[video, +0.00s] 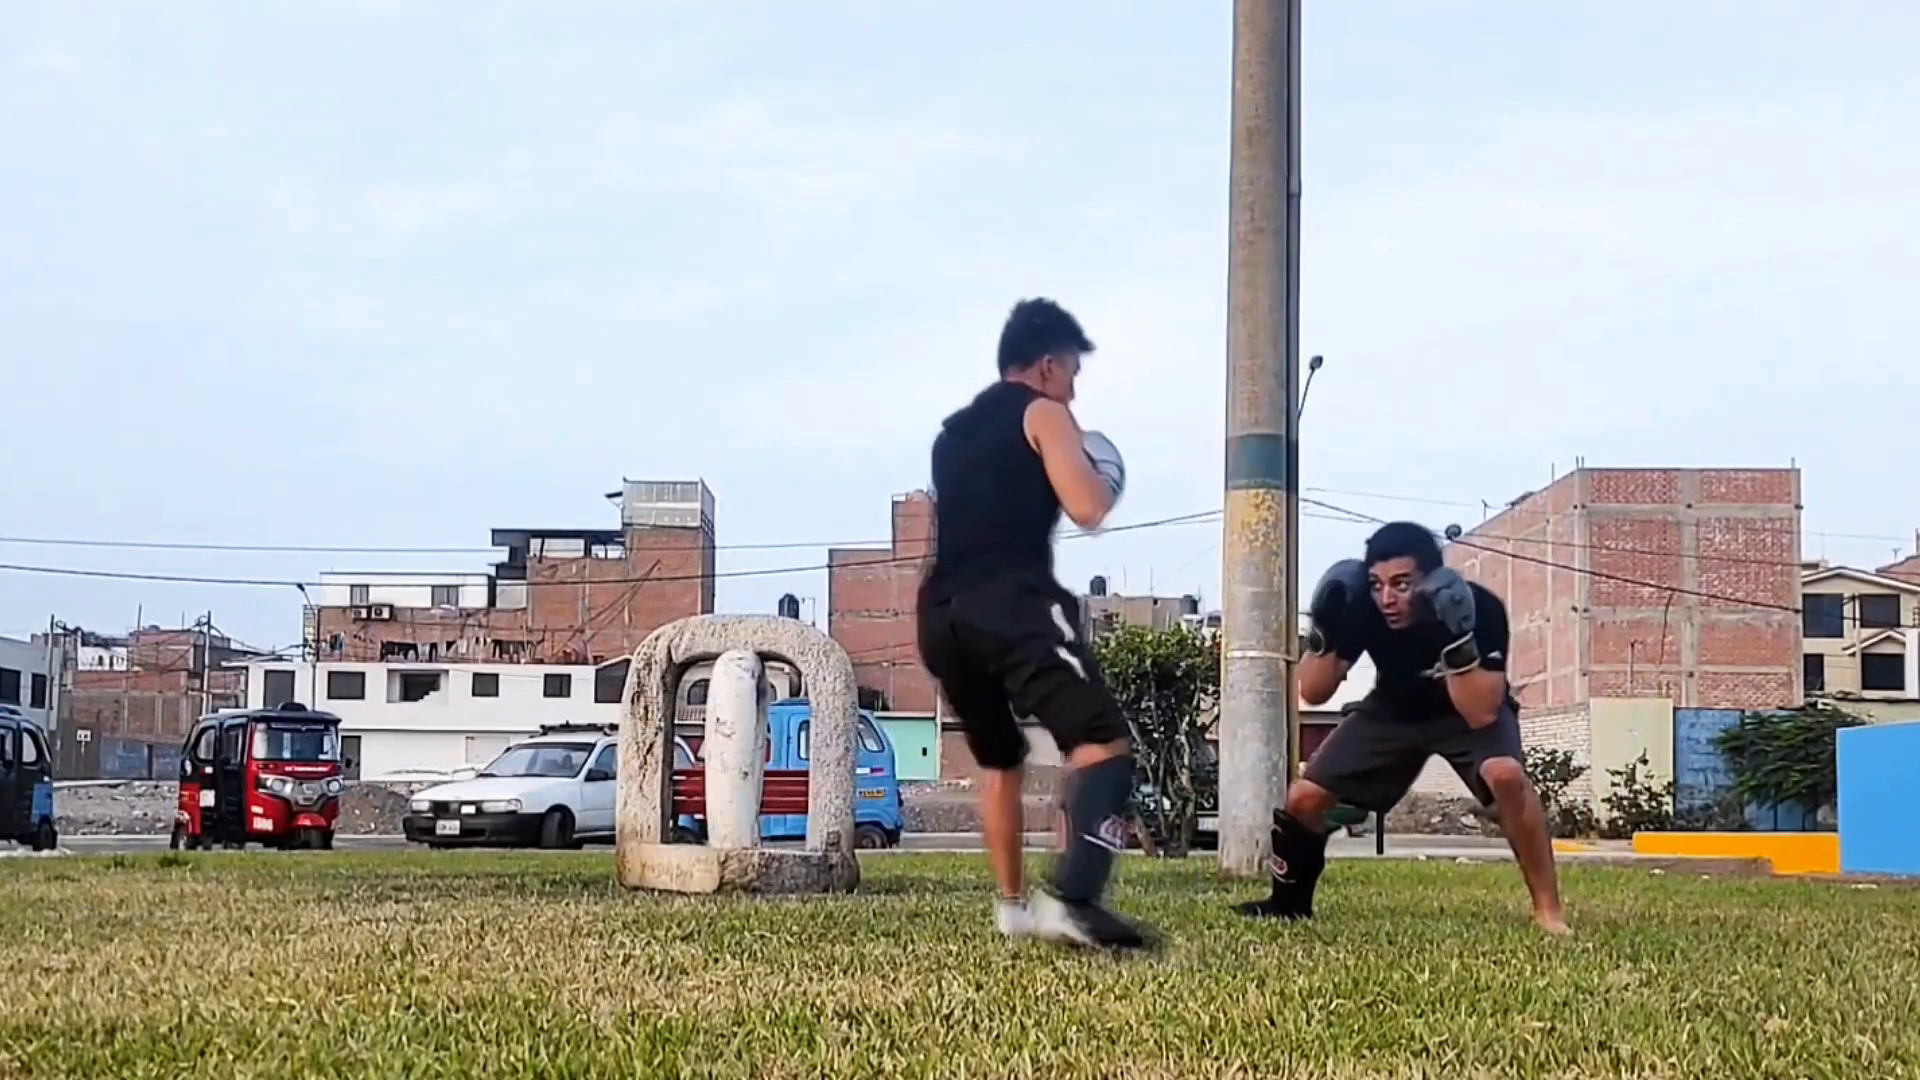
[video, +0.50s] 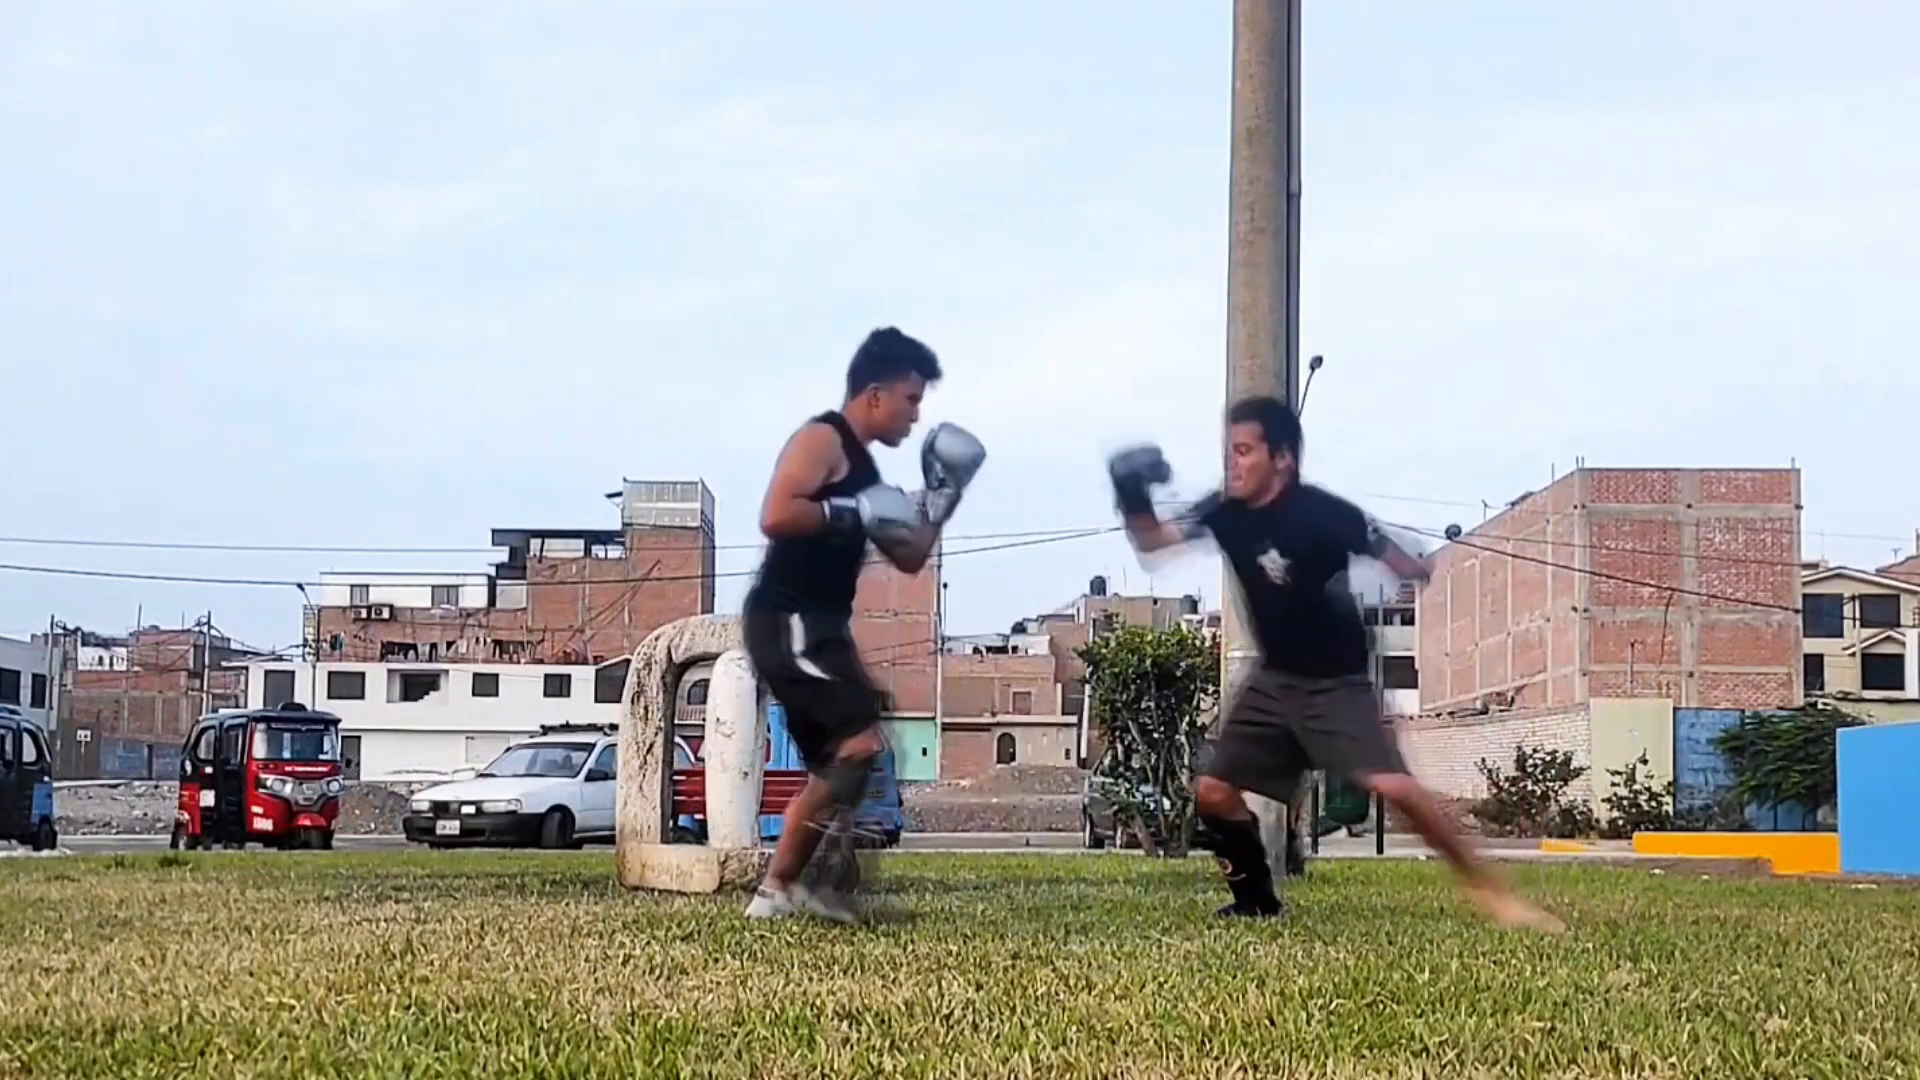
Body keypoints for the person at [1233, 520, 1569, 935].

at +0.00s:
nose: (1387, 597)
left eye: (1401, 583)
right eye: (1378, 584)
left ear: (1433, 578)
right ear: (1369, 581)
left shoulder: (1480, 611)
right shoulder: (1361, 608)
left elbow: (1482, 712)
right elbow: (1312, 692)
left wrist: (1458, 640)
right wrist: (1322, 626)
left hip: (1467, 706)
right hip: (1392, 709)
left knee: (1507, 776)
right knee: (1304, 799)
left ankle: (1549, 912)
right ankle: (1290, 905)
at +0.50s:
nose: (1233, 463)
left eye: (1245, 451)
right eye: (1230, 452)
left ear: (1284, 458)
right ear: (1229, 457)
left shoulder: (1324, 513)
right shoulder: (1222, 512)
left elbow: (1386, 550)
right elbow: (1150, 542)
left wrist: (1415, 570)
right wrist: (1131, 496)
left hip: (1338, 683)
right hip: (1272, 679)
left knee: (1389, 784)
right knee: (1214, 791)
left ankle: (1485, 884)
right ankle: (1257, 901)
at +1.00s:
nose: (1158, 452)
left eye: (1174, 445)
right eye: (1159, 440)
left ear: (1209, 465)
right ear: (1155, 443)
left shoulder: (1211, 546)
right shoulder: (1121, 484)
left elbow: (1228, 625)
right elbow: (1065, 536)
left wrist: (1228, 565)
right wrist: (1003, 570)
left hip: (1088, 677)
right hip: (1016, 636)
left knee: (1135, 779)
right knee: (898, 696)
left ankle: (1058, 907)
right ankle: (803, 749)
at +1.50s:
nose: (1069, 376)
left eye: (1081, 365)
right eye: (1071, 366)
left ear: (1119, 377)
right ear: (1108, 378)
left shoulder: (1155, 447)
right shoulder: (1071, 463)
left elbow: (1116, 507)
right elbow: (1027, 538)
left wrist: (1087, 429)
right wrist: (1010, 468)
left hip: (1111, 642)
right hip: (1045, 639)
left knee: (1124, 781)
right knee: (979, 763)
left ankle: (1177, 907)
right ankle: (910, 892)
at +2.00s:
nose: (1120, 415)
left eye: (1128, 402)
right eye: (1122, 402)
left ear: (1166, 407)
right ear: (1170, 409)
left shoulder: (1191, 464)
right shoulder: (1181, 471)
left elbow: (1121, 513)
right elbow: (1235, 569)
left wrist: (1077, 462)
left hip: (1204, 680)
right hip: (1156, 676)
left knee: (1257, 802)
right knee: (1058, 753)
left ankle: (1379, 909)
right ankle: (1075, 899)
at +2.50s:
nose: (1079, 389)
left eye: (1087, 378)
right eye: (1082, 377)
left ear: (1119, 386)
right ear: (1140, 391)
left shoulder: (1094, 423)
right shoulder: (1178, 476)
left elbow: (1054, 462)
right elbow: (1227, 546)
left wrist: (964, 524)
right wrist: (1184, 523)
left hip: (1023, 606)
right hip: (1084, 639)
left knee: (880, 631)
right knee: (1047, 759)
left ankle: (839, 779)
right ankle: (1071, 905)